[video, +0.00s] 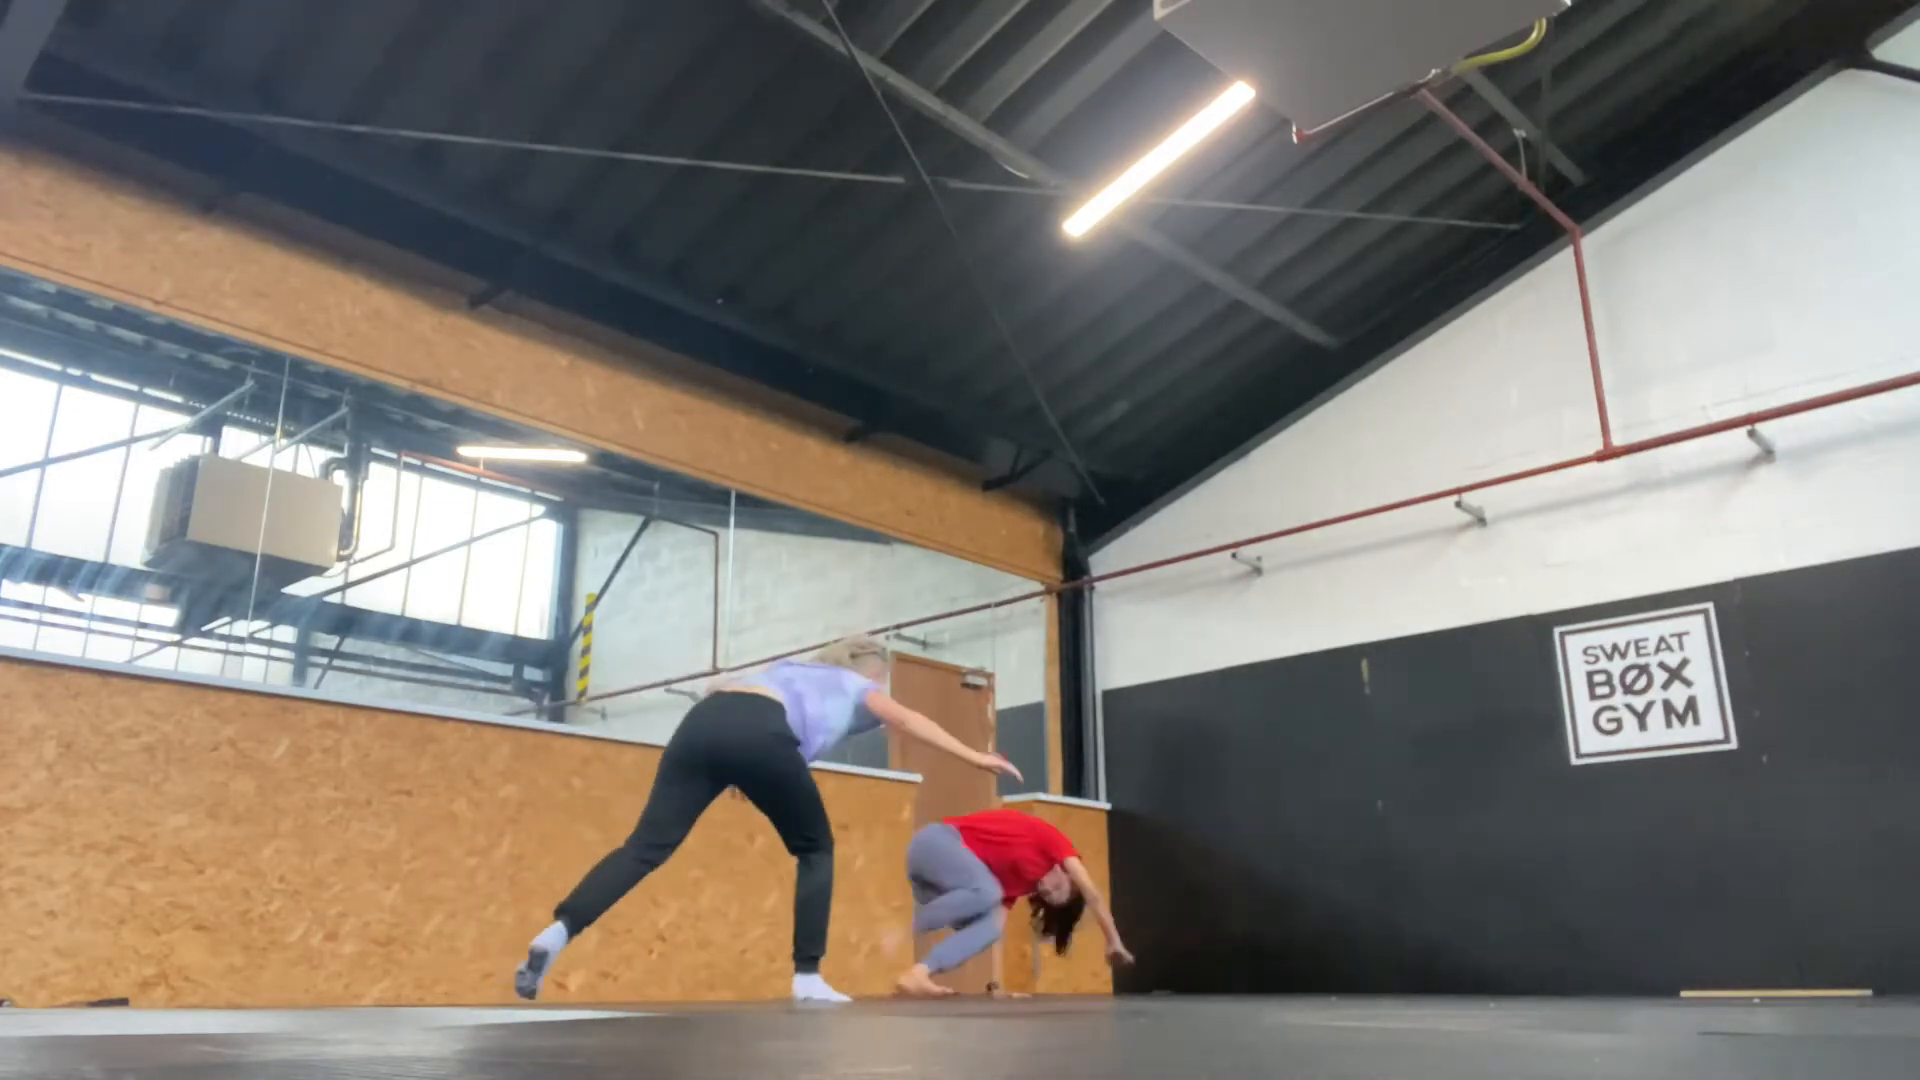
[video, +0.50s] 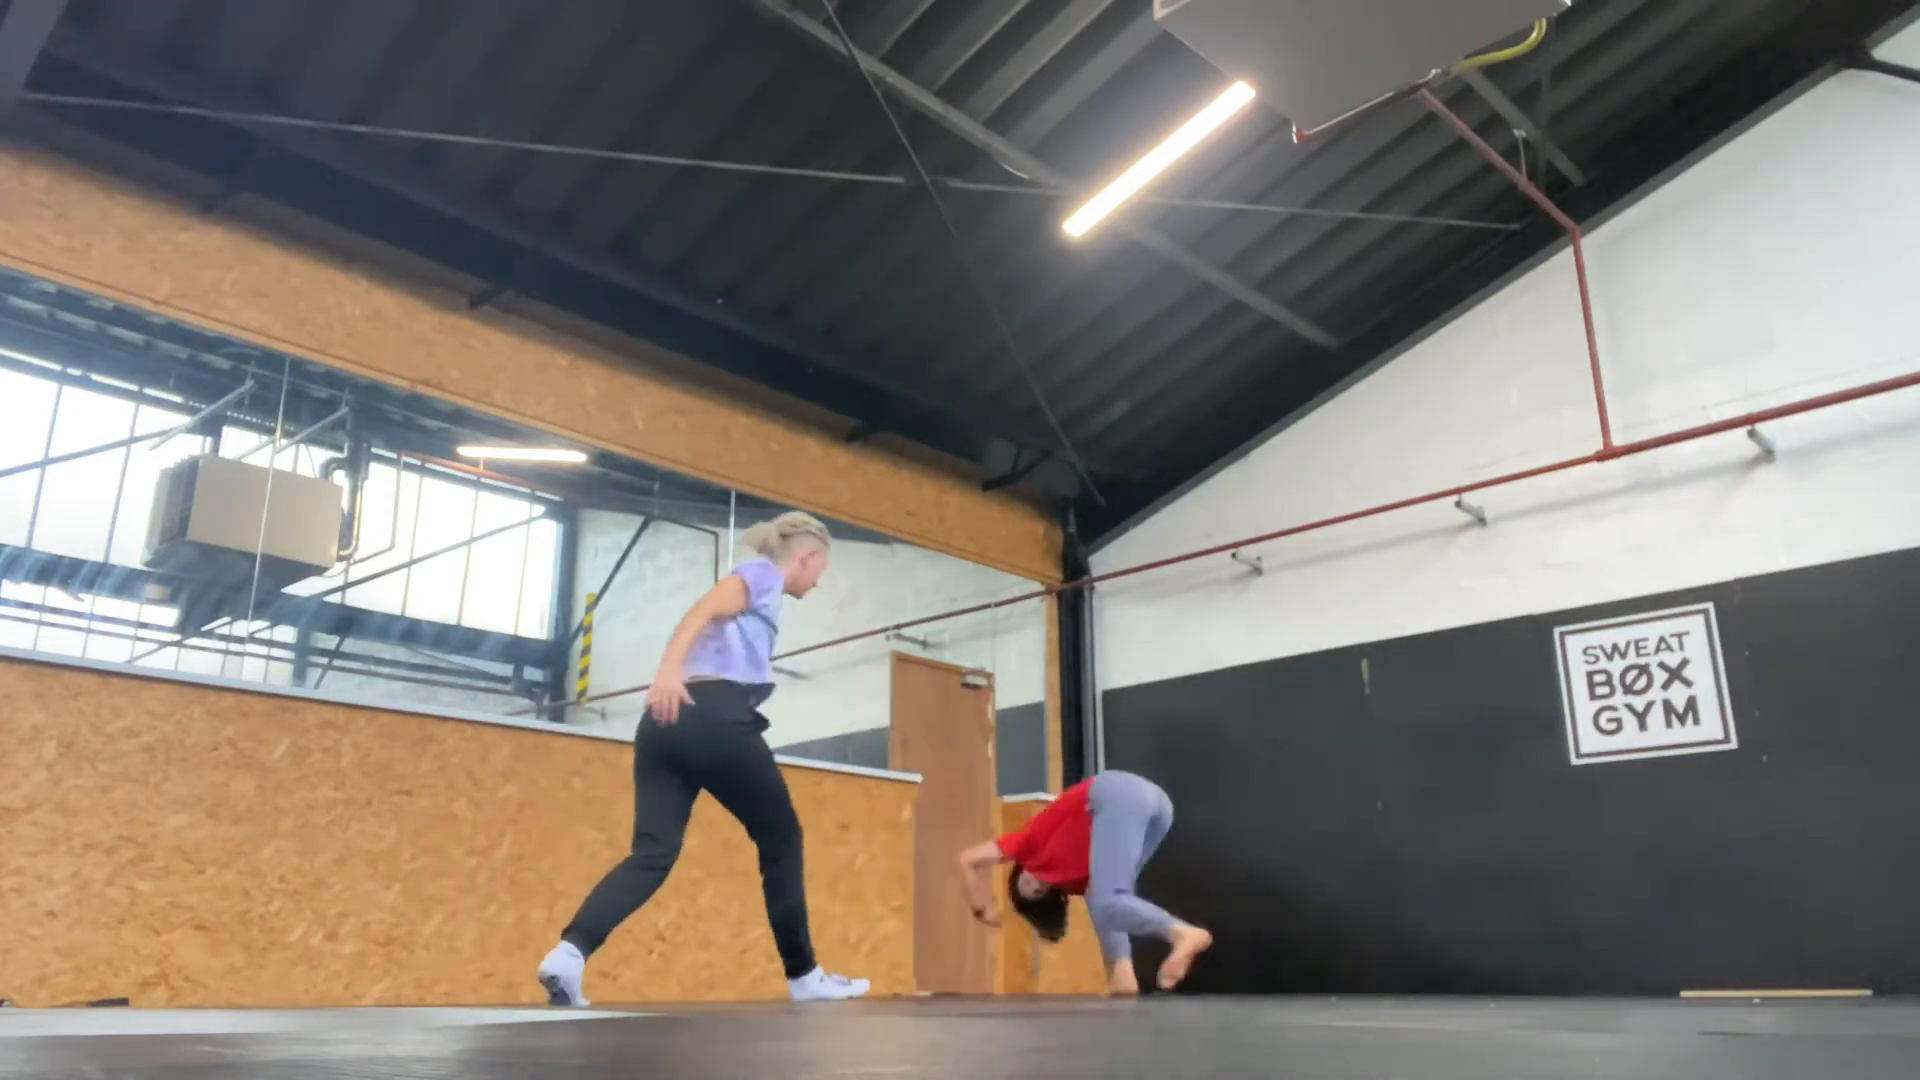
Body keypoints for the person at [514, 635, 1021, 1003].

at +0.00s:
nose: (883, 692)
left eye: (883, 684)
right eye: (881, 685)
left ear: (834, 663)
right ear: (866, 674)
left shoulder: (794, 669)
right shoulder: (856, 685)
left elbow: (737, 684)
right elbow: (907, 720)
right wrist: (975, 756)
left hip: (705, 718)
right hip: (761, 726)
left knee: (646, 846)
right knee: (814, 850)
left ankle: (556, 933)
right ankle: (808, 980)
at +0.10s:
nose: (890, 671)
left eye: (892, 664)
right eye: (890, 662)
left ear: (845, 640)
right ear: (873, 650)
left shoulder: (795, 661)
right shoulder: (857, 664)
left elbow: (725, 683)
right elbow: (863, 681)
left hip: (709, 719)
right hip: (764, 728)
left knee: (661, 846)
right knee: (816, 850)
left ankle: (581, 917)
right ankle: (808, 978)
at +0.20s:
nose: (881, 639)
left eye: (883, 631)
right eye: (880, 630)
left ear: (835, 615)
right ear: (863, 624)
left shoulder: (785, 641)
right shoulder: (847, 638)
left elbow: (723, 674)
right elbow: (831, 653)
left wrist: (724, 679)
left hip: (706, 715)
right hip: (762, 719)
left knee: (665, 845)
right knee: (809, 849)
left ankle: (587, 917)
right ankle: (808, 979)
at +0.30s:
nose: (860, 608)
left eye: (863, 600)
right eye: (861, 598)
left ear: (814, 583)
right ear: (849, 589)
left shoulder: (764, 613)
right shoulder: (831, 608)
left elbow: (699, 661)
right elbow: (795, 617)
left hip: (692, 711)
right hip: (751, 713)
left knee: (665, 845)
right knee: (789, 848)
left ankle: (584, 935)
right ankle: (807, 978)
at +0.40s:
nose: (836, 588)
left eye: (839, 578)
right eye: (838, 575)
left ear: (801, 560)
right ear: (823, 565)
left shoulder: (753, 595)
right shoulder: (796, 583)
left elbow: (678, 658)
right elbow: (742, 597)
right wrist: (711, 647)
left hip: (679, 710)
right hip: (738, 717)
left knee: (656, 847)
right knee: (778, 852)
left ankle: (576, 943)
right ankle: (805, 976)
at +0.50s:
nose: (818, 580)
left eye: (822, 571)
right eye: (819, 568)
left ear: (787, 553)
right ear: (801, 556)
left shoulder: (755, 593)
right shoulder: (765, 574)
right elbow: (705, 608)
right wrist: (669, 670)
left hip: (664, 717)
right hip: (715, 716)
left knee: (653, 853)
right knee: (780, 837)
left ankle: (569, 955)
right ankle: (805, 977)